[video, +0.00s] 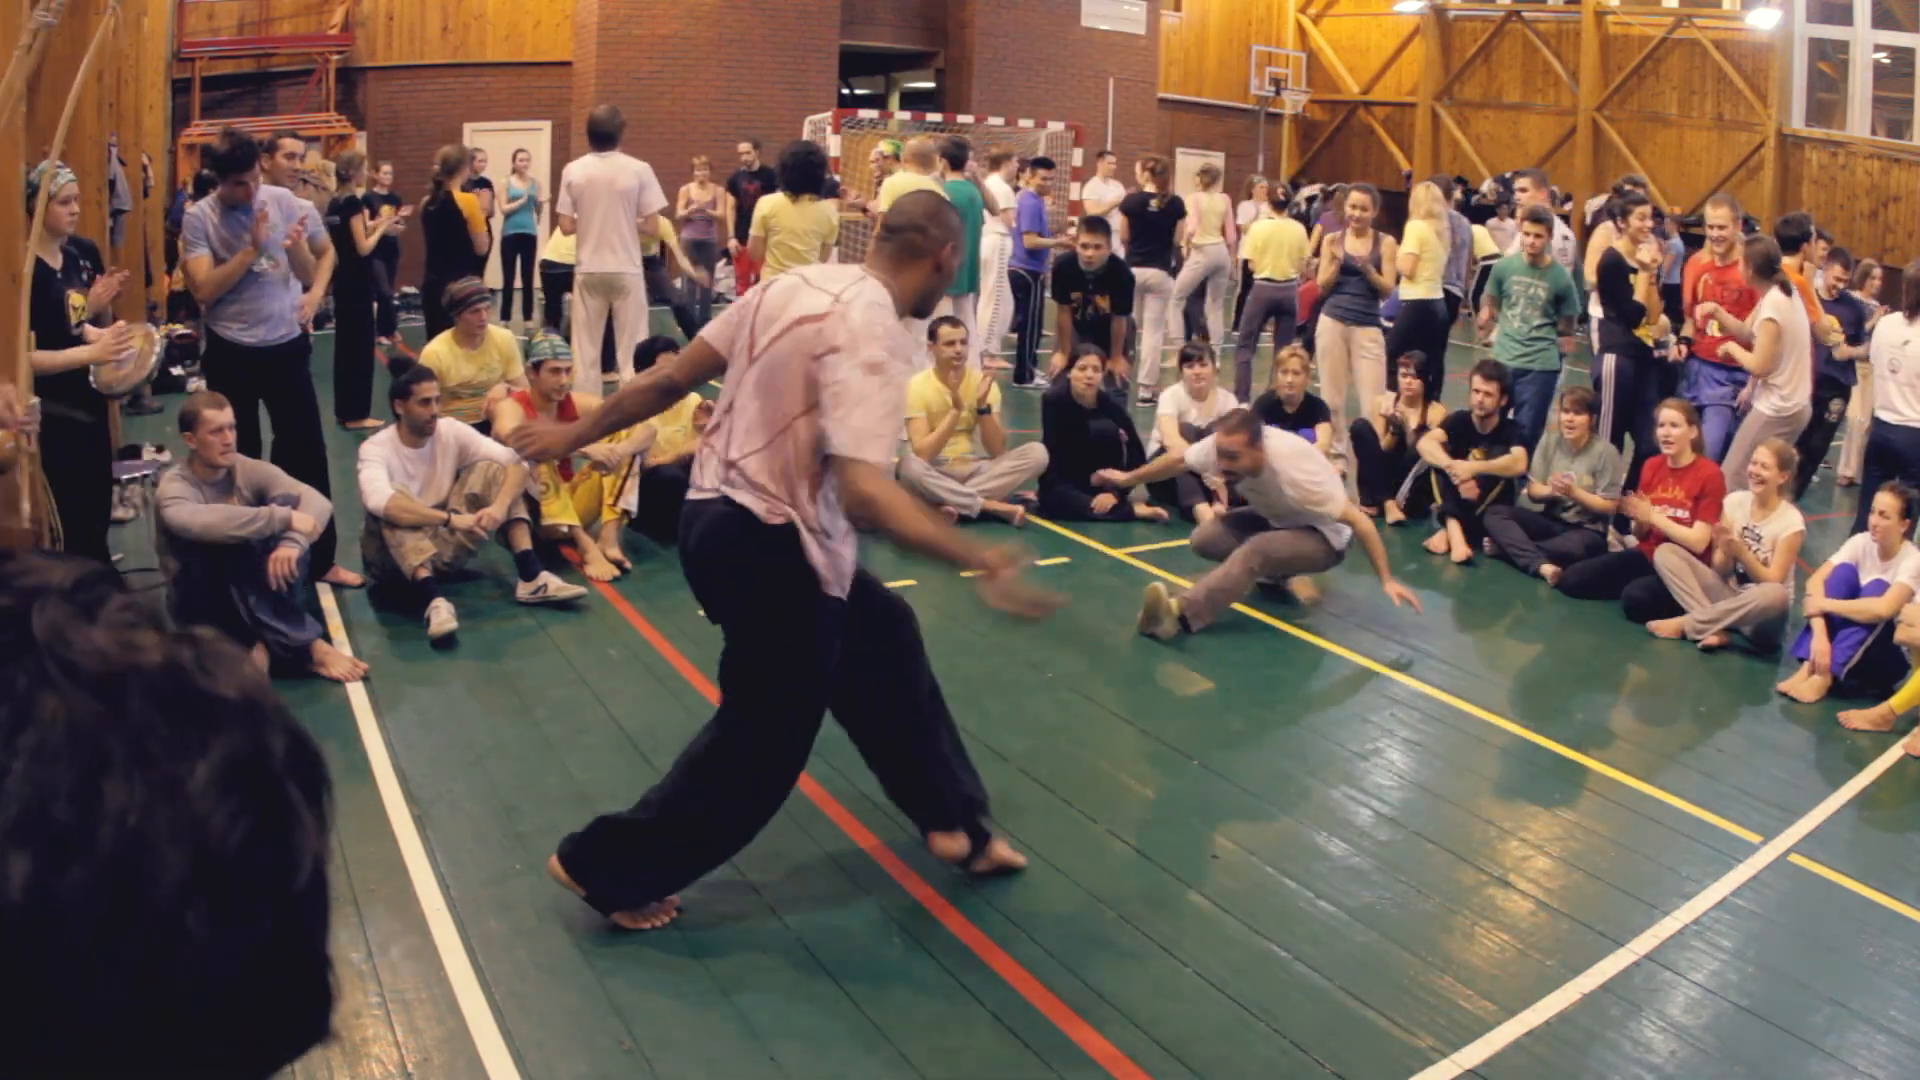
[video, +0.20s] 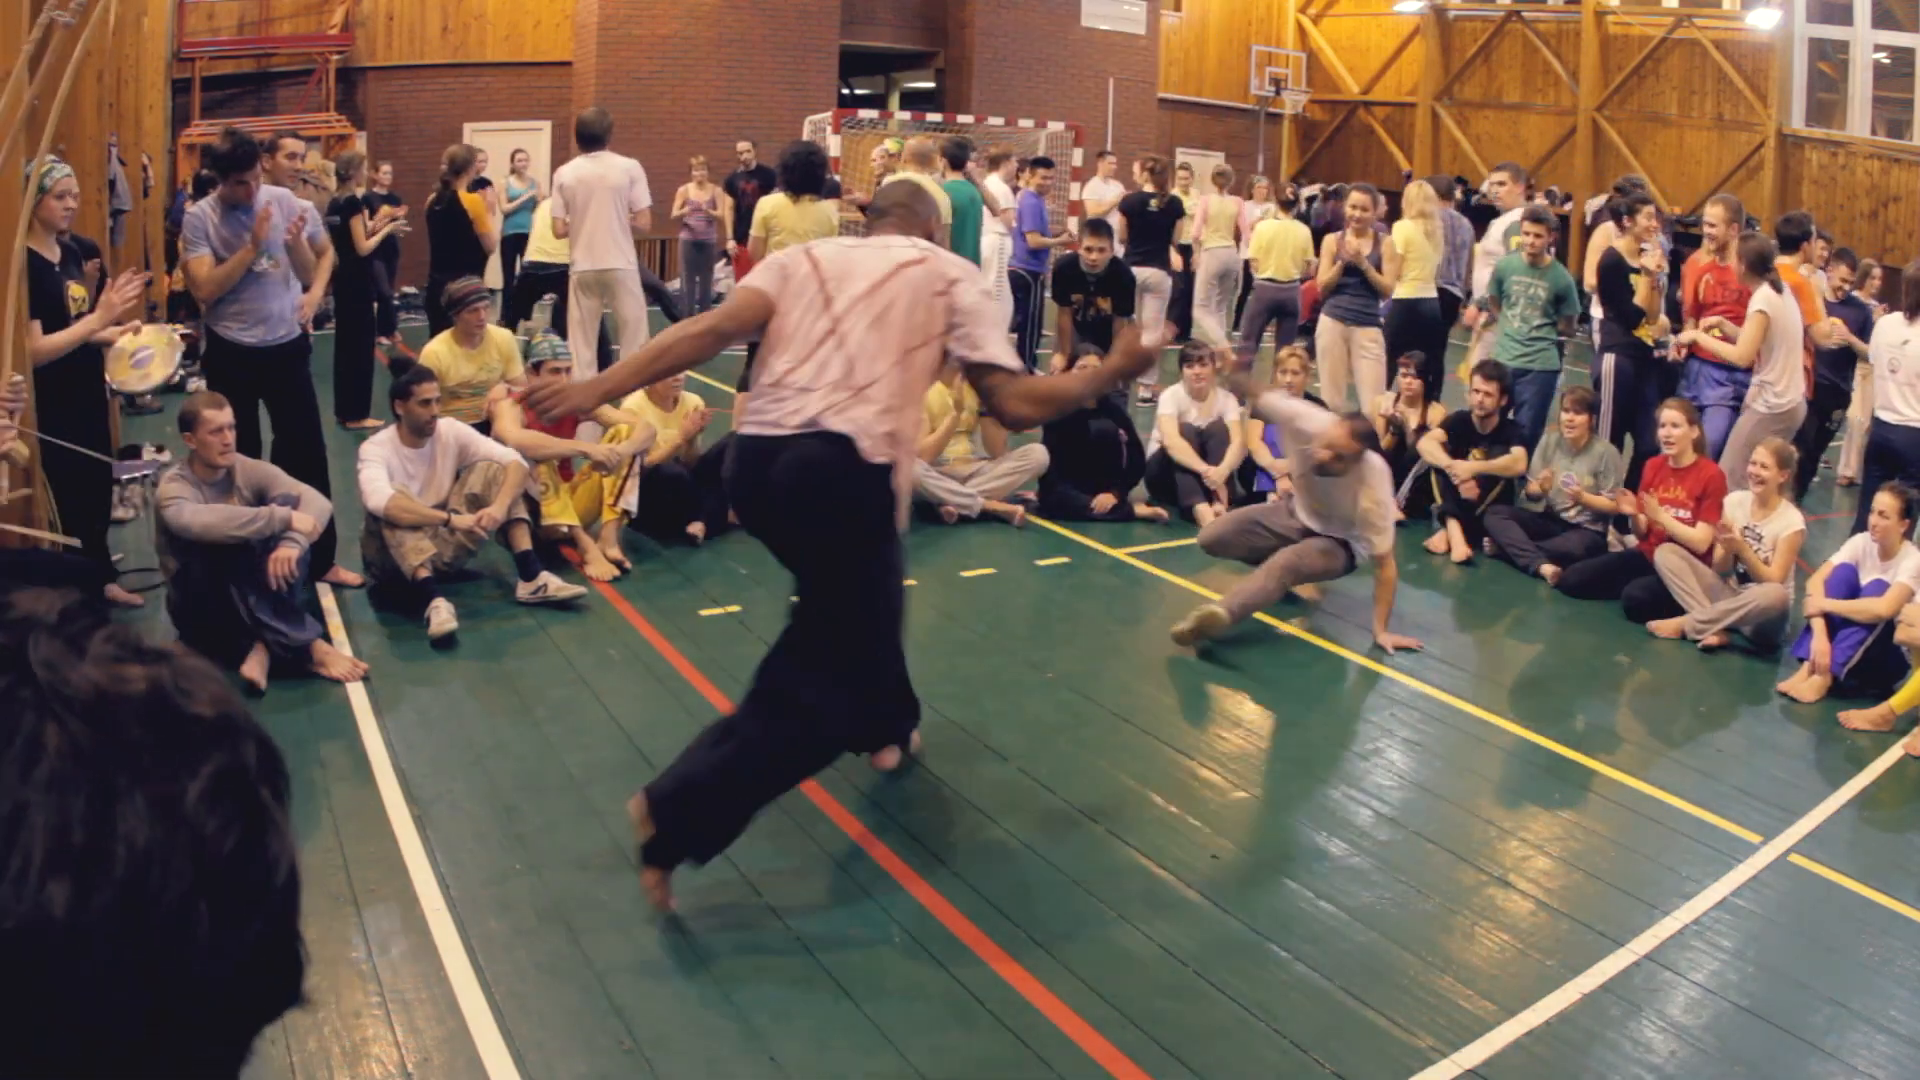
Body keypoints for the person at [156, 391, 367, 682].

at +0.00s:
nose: (229, 439)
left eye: (231, 429)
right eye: (216, 432)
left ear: (237, 429)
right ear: (190, 440)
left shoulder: (249, 470)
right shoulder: (175, 486)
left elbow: (317, 502)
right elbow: (192, 523)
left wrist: (292, 543)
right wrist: (284, 517)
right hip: (205, 601)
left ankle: (262, 645)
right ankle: (311, 645)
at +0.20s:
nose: (228, 439)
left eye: (231, 429)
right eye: (216, 432)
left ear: (237, 429)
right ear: (190, 440)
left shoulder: (248, 469)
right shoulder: (174, 487)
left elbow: (317, 502)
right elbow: (193, 523)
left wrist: (292, 544)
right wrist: (283, 517)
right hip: (210, 611)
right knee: (214, 546)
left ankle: (263, 645)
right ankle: (310, 645)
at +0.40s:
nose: (227, 439)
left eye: (230, 429)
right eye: (215, 432)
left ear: (236, 429)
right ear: (189, 440)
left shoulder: (248, 469)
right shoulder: (174, 488)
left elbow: (316, 501)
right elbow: (193, 523)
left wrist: (292, 543)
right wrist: (283, 517)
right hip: (211, 613)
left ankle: (264, 646)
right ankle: (310, 645)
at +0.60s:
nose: (227, 439)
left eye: (230, 429)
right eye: (215, 432)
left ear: (236, 429)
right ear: (190, 440)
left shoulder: (247, 469)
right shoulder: (174, 487)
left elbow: (316, 501)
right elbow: (191, 523)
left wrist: (292, 543)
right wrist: (283, 517)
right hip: (211, 617)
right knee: (213, 545)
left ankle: (264, 646)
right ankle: (310, 645)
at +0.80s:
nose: (227, 440)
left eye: (230, 429)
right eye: (215, 433)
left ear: (236, 429)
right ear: (189, 440)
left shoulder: (247, 469)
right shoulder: (174, 488)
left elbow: (316, 502)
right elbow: (193, 523)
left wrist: (292, 543)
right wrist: (283, 517)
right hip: (210, 614)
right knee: (214, 546)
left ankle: (263, 645)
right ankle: (311, 645)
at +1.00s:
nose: (228, 440)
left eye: (230, 429)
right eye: (215, 433)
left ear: (237, 429)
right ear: (189, 440)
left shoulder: (247, 469)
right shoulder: (174, 487)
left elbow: (316, 501)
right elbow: (192, 523)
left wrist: (292, 543)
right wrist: (283, 517)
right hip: (209, 614)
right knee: (214, 546)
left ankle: (263, 645)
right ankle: (310, 645)